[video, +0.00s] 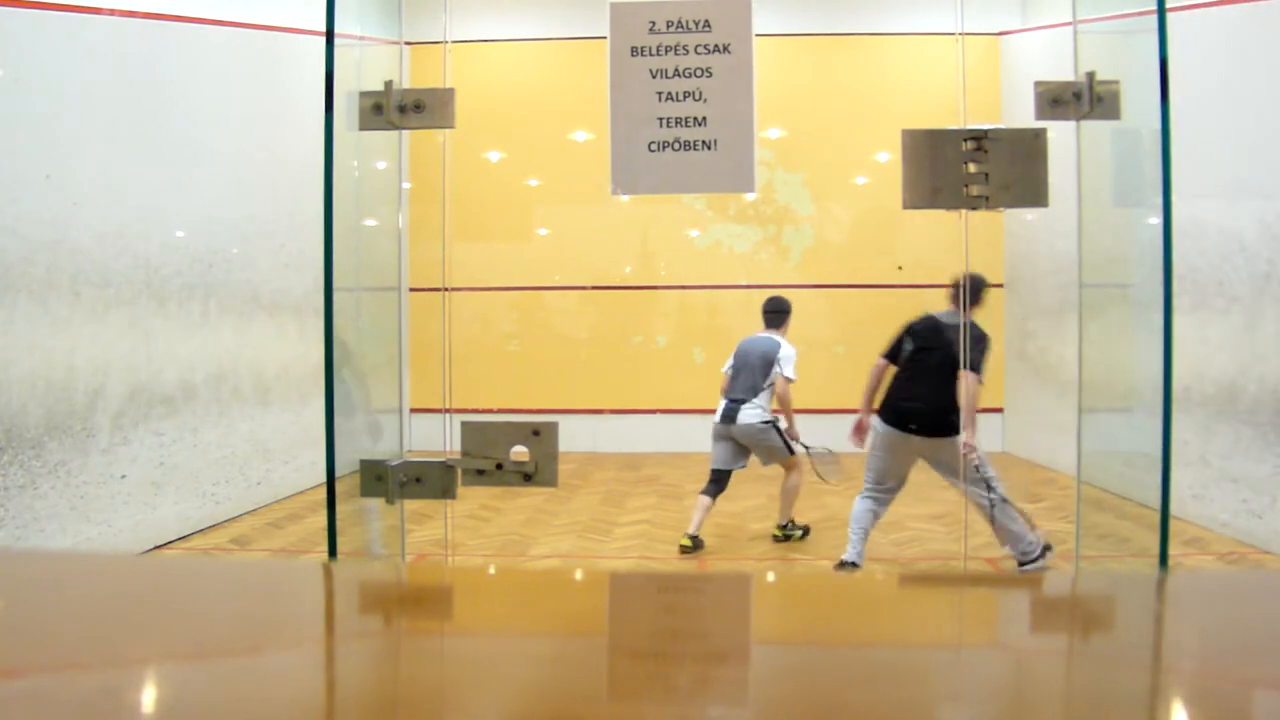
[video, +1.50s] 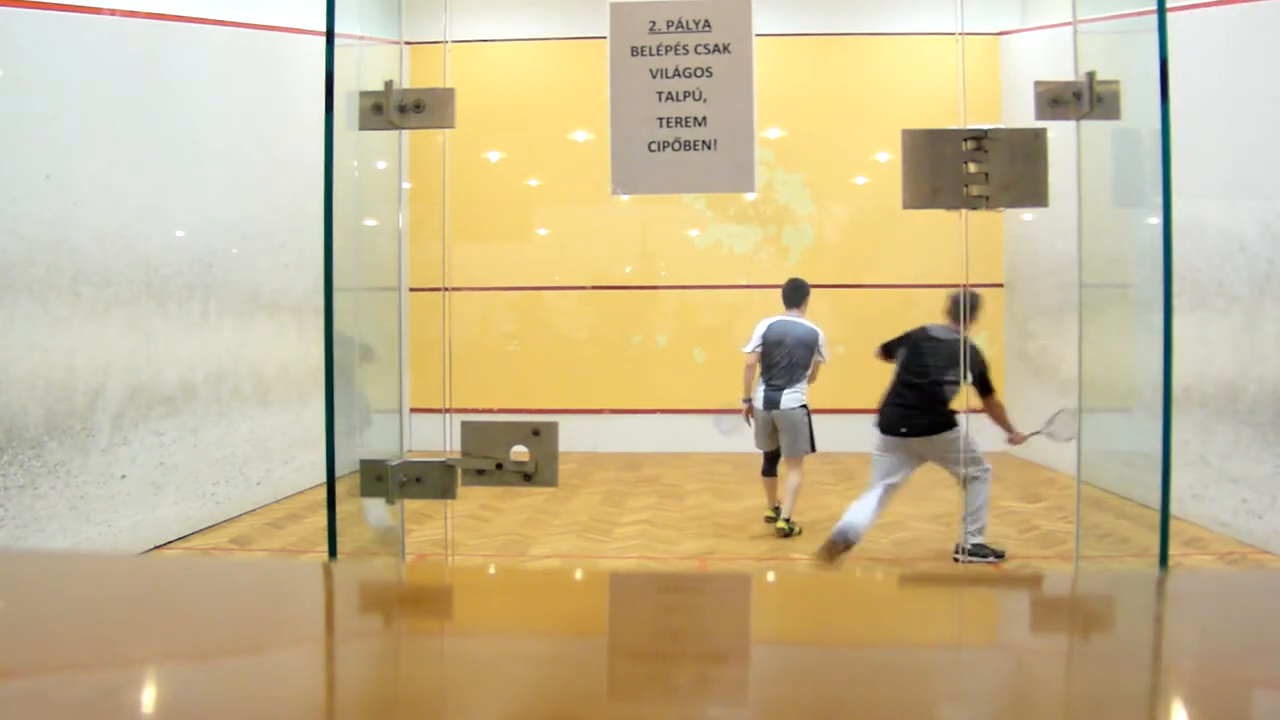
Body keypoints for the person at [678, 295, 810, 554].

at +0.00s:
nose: (788, 322)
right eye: (789, 318)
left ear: (764, 318)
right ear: (787, 319)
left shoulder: (743, 344)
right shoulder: (784, 348)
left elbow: (726, 386)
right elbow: (781, 391)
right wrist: (791, 426)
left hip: (725, 416)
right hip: (754, 419)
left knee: (717, 480)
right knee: (794, 465)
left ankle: (691, 534)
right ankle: (784, 525)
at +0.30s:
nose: (804, 312)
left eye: (803, 307)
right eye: (805, 308)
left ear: (780, 305)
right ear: (802, 309)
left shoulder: (758, 329)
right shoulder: (791, 336)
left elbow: (734, 367)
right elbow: (785, 380)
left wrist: (735, 399)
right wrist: (815, 408)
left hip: (734, 407)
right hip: (761, 410)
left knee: (747, 468)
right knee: (778, 472)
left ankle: (715, 504)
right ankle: (769, 534)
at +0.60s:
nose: (826, 328)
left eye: (827, 323)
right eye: (826, 323)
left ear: (802, 317)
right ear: (819, 320)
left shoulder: (778, 334)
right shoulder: (801, 339)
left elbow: (746, 355)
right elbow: (799, 369)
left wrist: (740, 370)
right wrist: (830, 369)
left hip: (743, 406)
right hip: (764, 410)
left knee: (760, 462)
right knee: (774, 473)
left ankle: (772, 501)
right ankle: (767, 529)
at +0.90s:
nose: (824, 323)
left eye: (824, 319)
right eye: (824, 319)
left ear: (800, 315)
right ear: (820, 318)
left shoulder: (775, 331)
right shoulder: (812, 349)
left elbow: (743, 355)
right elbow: (823, 385)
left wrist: (741, 370)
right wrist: (837, 398)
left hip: (749, 402)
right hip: (774, 405)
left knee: (769, 456)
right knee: (775, 466)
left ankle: (773, 505)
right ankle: (762, 512)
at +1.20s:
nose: (814, 308)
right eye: (815, 304)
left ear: (792, 303)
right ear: (813, 306)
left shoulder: (773, 325)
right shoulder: (815, 338)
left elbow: (744, 355)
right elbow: (817, 372)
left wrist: (734, 385)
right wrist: (811, 403)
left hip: (759, 397)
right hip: (788, 400)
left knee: (769, 454)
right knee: (787, 460)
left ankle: (775, 505)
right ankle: (772, 505)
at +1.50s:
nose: (807, 302)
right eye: (807, 298)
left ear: (783, 299)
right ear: (806, 301)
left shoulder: (765, 326)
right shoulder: (814, 333)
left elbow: (750, 363)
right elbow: (812, 374)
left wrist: (747, 397)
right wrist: (798, 385)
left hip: (764, 402)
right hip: (793, 404)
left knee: (770, 455)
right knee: (794, 464)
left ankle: (772, 507)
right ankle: (785, 519)